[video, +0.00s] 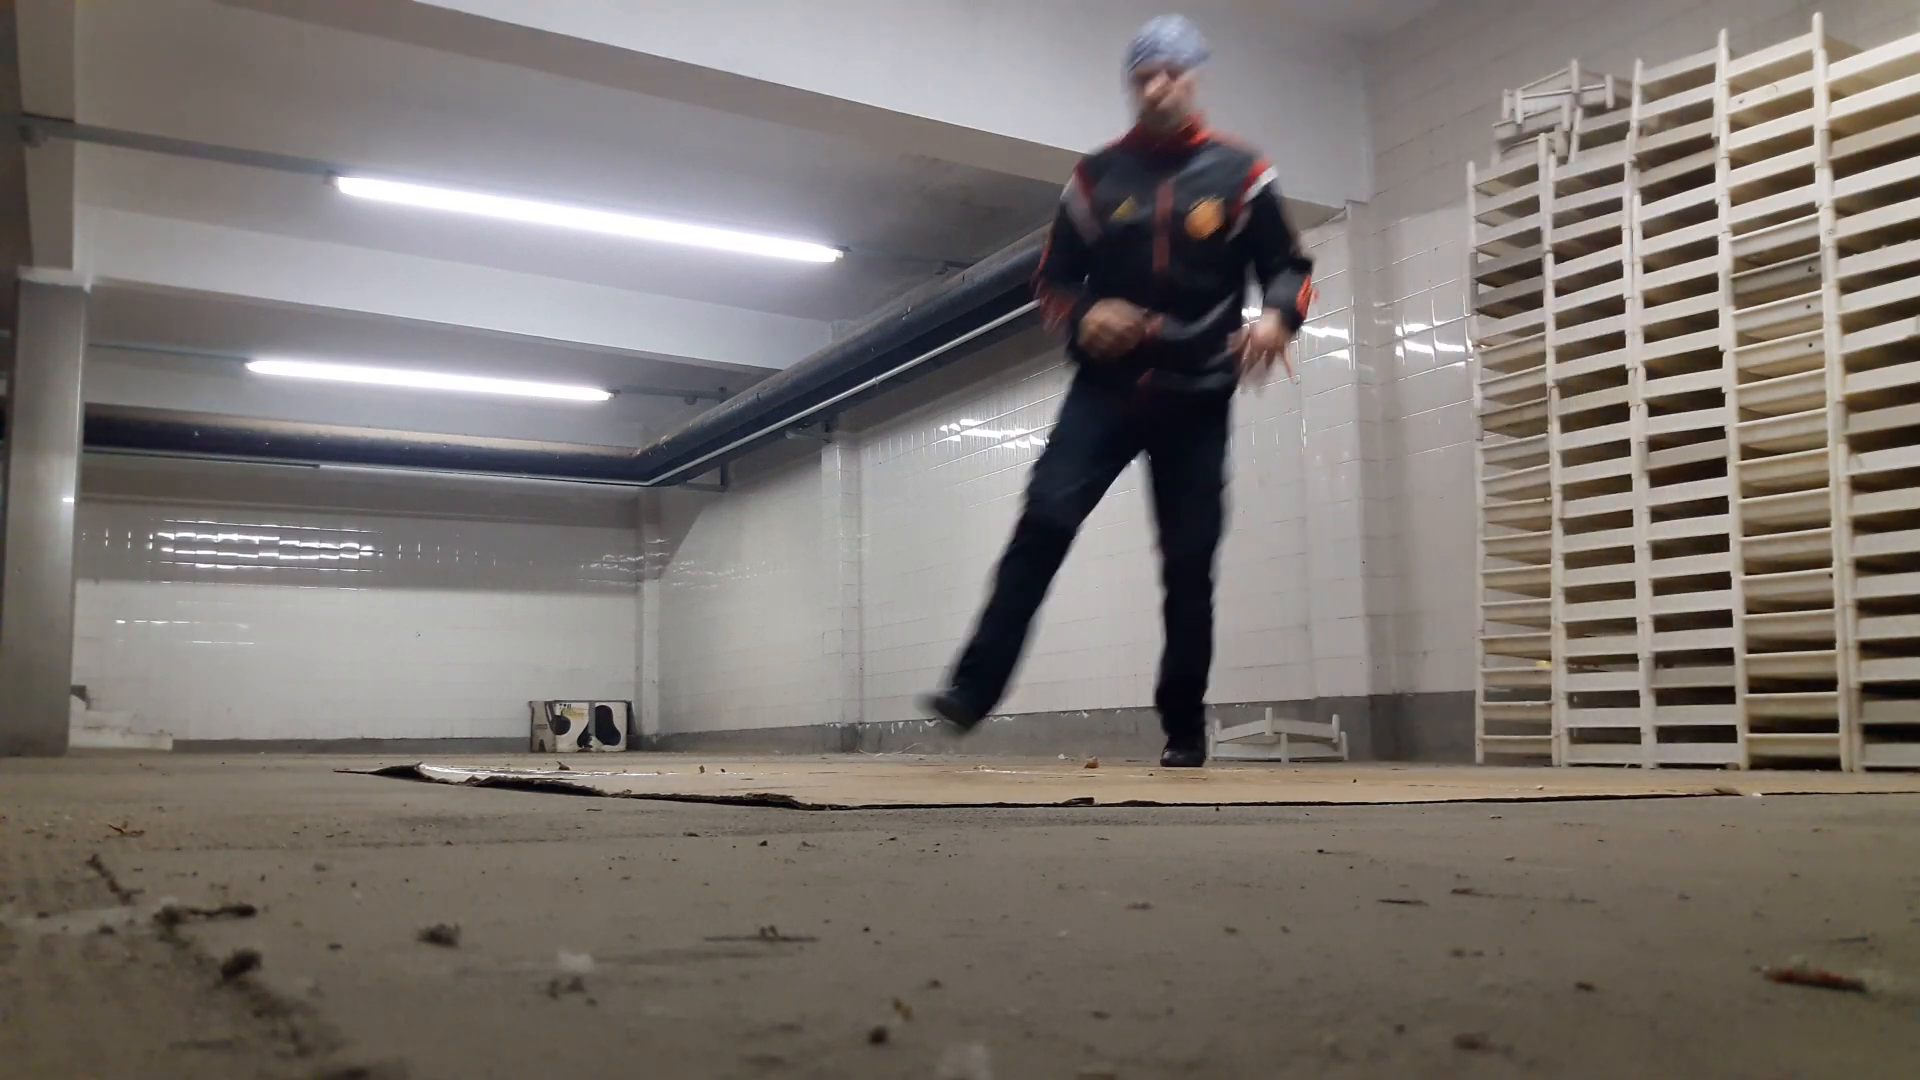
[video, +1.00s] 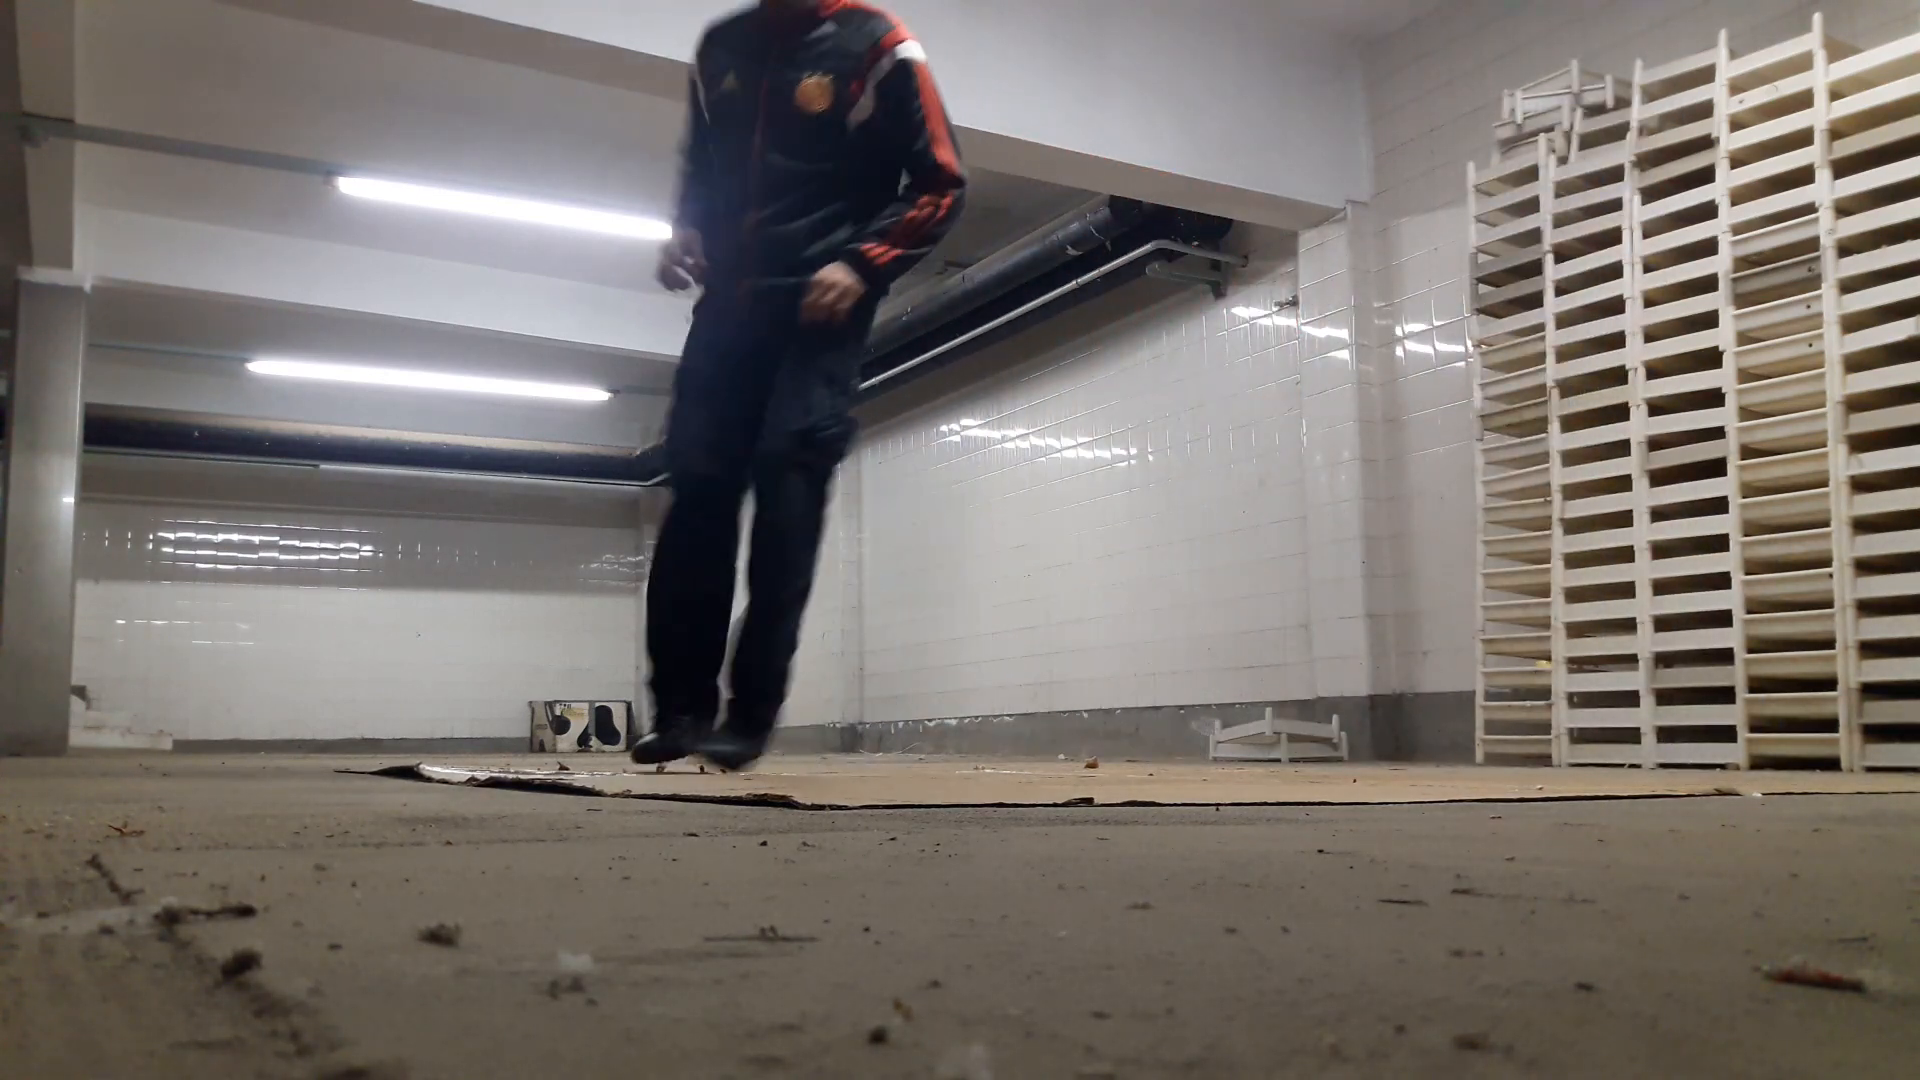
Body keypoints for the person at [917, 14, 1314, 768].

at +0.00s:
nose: (1159, 89)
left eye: (1172, 75)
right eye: (1145, 79)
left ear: (1198, 79)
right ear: (1130, 89)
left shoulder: (1240, 172)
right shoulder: (1097, 175)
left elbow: (1288, 266)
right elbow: (1052, 281)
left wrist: (1277, 317)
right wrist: (1084, 317)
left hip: (1195, 396)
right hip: (1106, 390)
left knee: (1190, 569)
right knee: (1044, 520)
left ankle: (1183, 728)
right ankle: (970, 692)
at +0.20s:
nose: (1022, 128)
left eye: (1034, 114)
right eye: (1010, 118)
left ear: (1063, 117)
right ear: (1000, 128)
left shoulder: (1119, 188)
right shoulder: (986, 219)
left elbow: (1196, 287)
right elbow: (973, 324)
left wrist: (1189, 376)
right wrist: (974, 348)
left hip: (1100, 434)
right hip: (1014, 431)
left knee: (1134, 590)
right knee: (952, 556)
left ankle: (1181, 729)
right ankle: (889, 724)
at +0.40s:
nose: (906, 93)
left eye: (919, 78)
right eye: (893, 81)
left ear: (948, 81)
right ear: (881, 90)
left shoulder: (1001, 153)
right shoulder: (874, 182)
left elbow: (1066, 271)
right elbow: (872, 277)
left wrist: (1012, 354)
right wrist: (855, 334)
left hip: (977, 390)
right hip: (900, 395)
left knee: (977, 524)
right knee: (858, 540)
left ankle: (1066, 655)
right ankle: (875, 730)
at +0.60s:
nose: (833, 14)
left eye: (846, 1)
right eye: (821, 5)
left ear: (878, 7)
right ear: (812, 18)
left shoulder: (924, 76)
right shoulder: (804, 108)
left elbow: (997, 198)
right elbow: (809, 224)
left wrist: (919, 277)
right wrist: (778, 268)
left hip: (902, 318)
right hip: (832, 327)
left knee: (852, 476)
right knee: (832, 494)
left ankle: (840, 698)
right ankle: (872, 704)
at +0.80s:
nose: (783, 13)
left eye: (799, 1)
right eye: (777, 3)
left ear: (839, 8)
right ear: (775, 17)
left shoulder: (877, 86)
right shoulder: (773, 115)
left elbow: (922, 219)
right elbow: (766, 242)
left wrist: (814, 301)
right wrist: (714, 295)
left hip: (815, 345)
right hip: (756, 341)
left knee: (714, 504)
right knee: (689, 506)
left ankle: (725, 733)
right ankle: (806, 668)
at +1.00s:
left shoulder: (878, 44)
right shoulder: (721, 44)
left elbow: (941, 185)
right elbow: (702, 161)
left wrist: (864, 266)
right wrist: (690, 229)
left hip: (823, 313)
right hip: (729, 304)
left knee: (787, 497)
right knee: (699, 497)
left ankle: (748, 722)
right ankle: (682, 714)